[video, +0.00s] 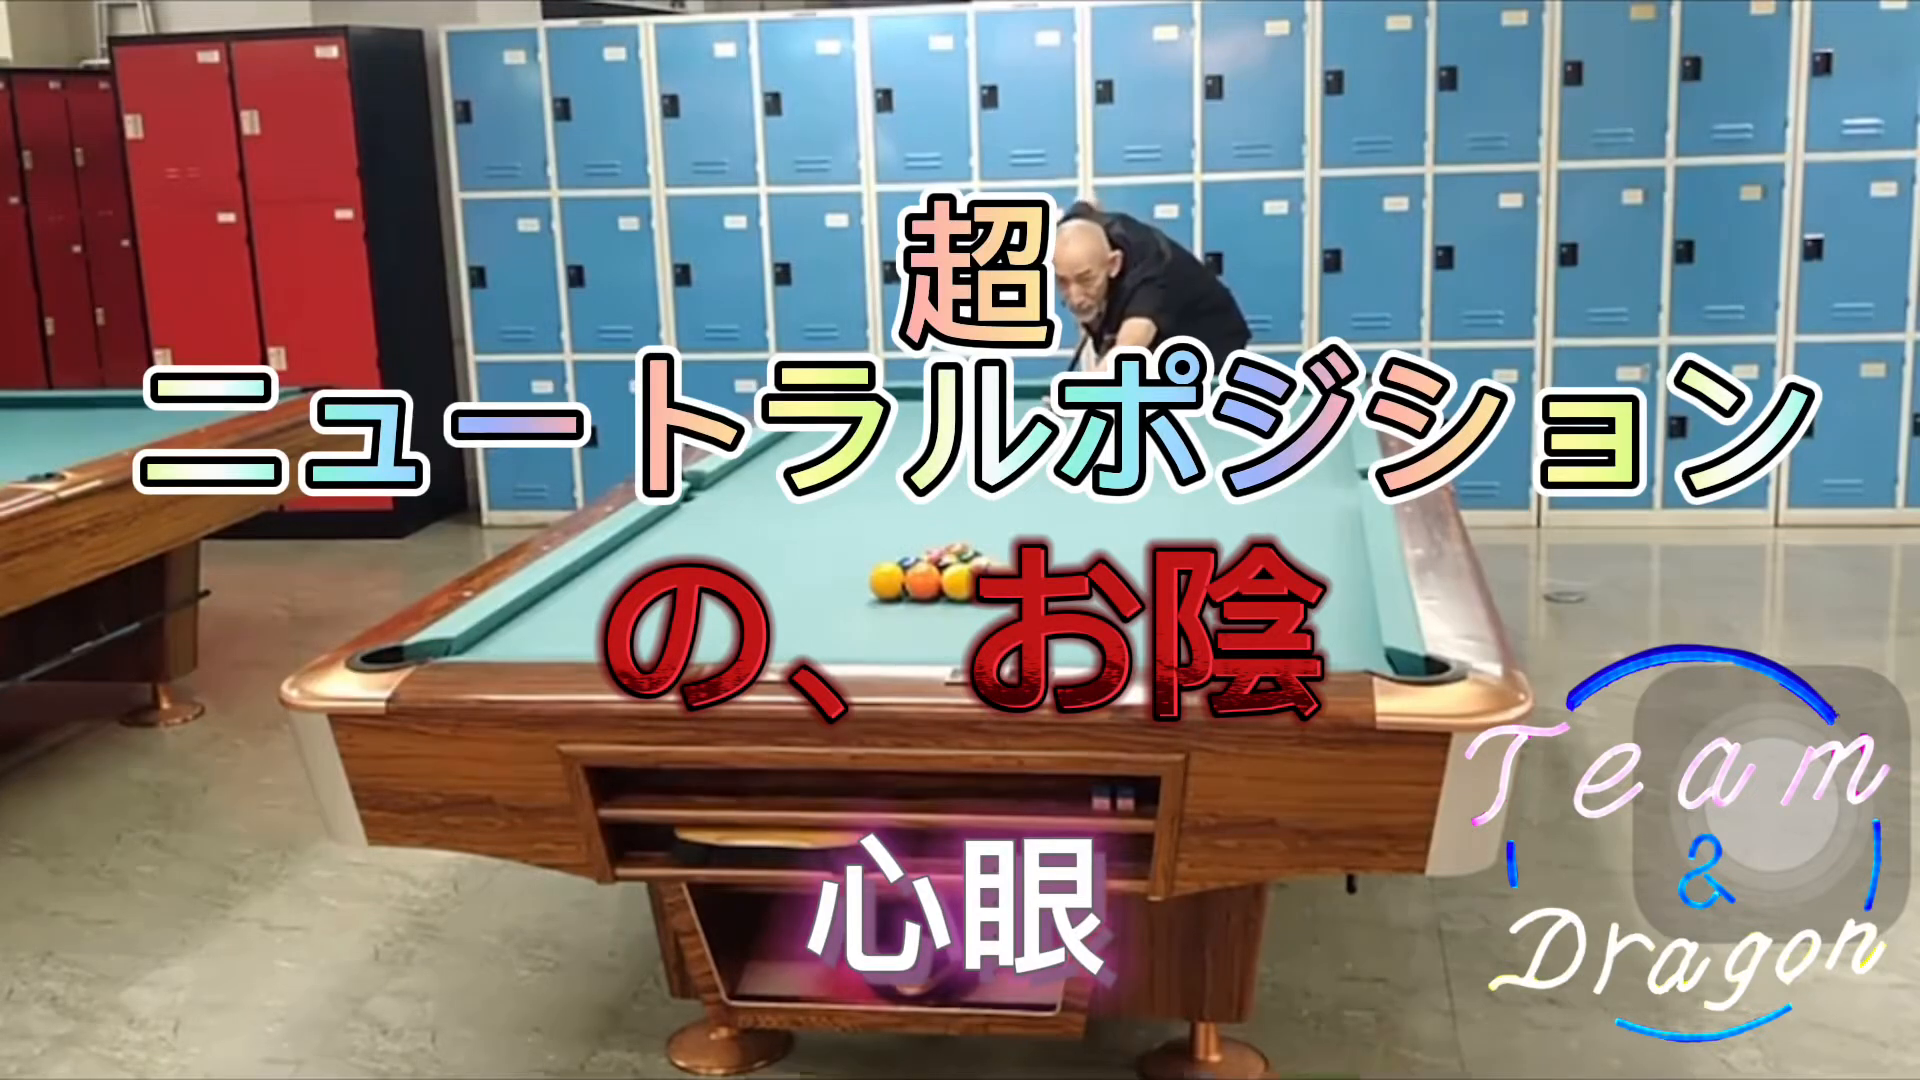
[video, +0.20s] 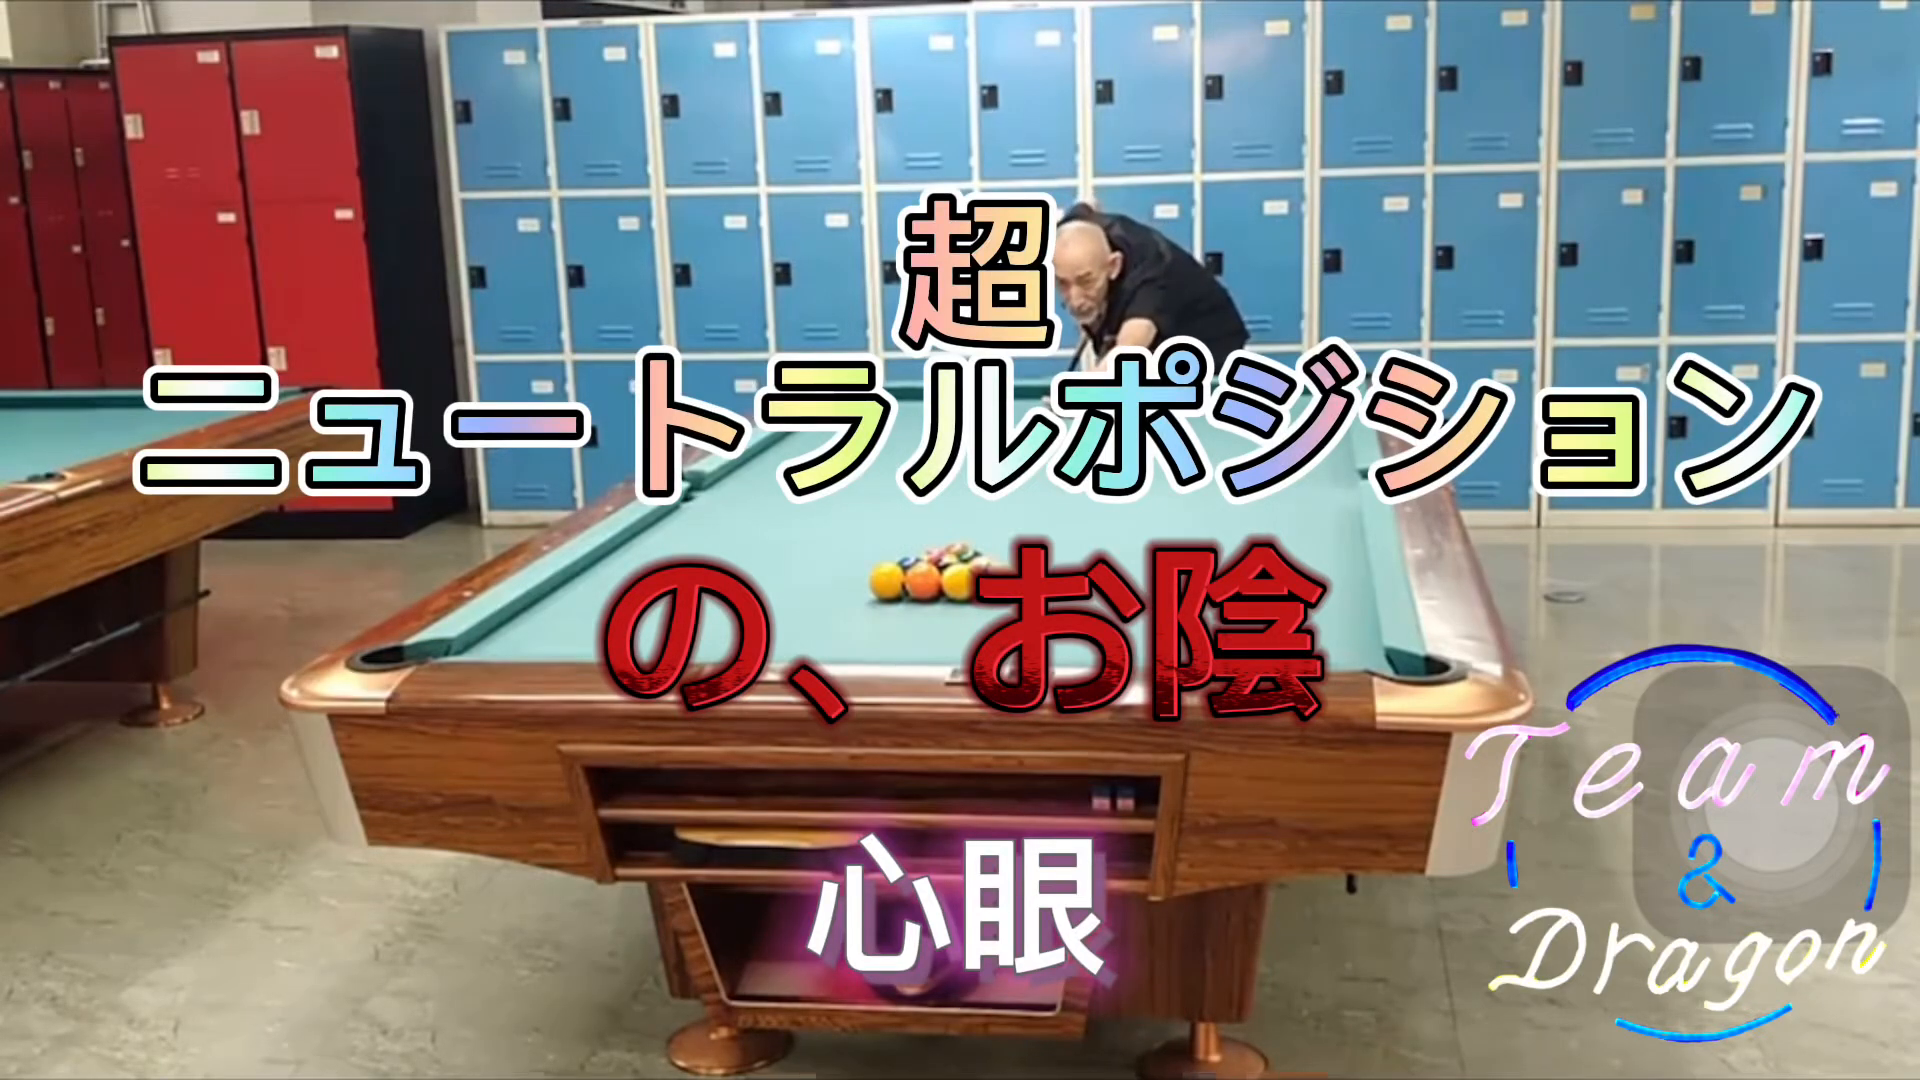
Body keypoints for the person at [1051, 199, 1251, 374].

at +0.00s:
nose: (1075, 297)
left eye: (1085, 280)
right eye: (1063, 283)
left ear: (1113, 265)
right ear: (1055, 271)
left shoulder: (1150, 274)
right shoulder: (1080, 231)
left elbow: (1127, 352)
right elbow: (1085, 206)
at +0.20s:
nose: (1074, 299)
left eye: (1085, 282)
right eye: (1062, 285)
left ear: (1113, 267)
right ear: (1055, 272)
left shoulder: (1151, 276)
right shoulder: (1079, 231)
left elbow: (1128, 352)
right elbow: (1085, 208)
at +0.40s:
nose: (1074, 301)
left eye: (1085, 284)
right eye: (1063, 286)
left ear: (1114, 268)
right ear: (1054, 276)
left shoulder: (1152, 278)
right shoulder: (1079, 232)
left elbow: (1128, 351)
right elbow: (1083, 208)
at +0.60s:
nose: (1075, 303)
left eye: (1086, 286)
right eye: (1063, 289)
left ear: (1114, 269)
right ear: (1055, 278)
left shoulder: (1151, 277)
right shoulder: (1078, 232)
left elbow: (1128, 351)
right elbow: (1080, 211)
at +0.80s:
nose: (1076, 305)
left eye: (1088, 288)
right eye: (1065, 290)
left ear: (1115, 271)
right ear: (1056, 280)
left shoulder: (1153, 275)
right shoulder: (1077, 234)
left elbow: (1129, 352)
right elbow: (1083, 208)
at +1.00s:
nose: (1077, 307)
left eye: (1089, 290)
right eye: (1065, 292)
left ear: (1116, 272)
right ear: (1056, 281)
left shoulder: (1153, 277)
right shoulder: (1076, 233)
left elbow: (1129, 352)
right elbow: (1084, 207)